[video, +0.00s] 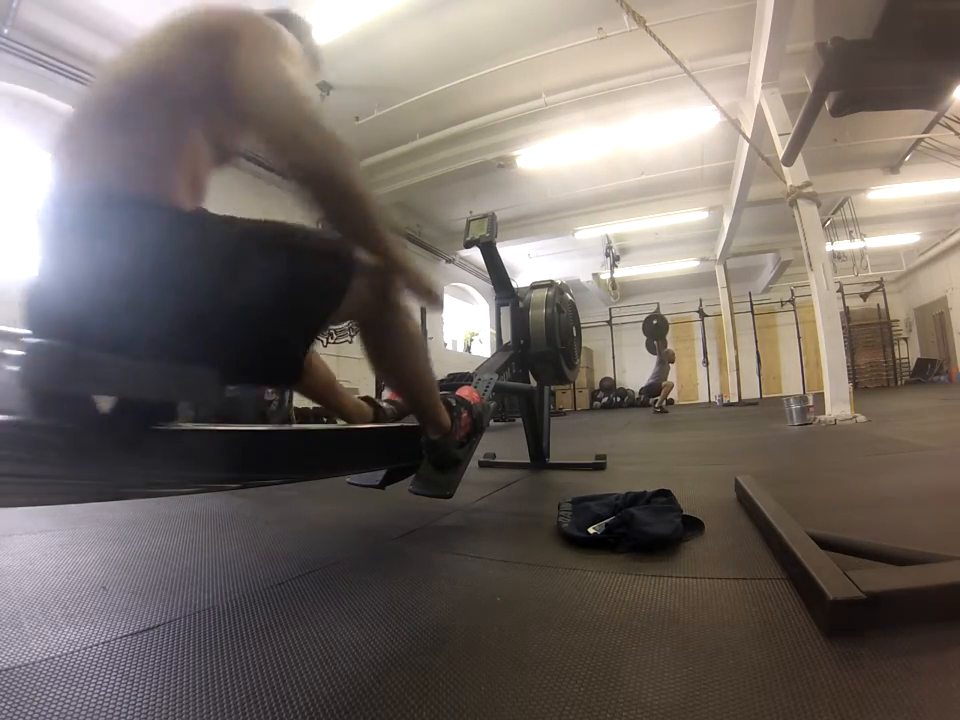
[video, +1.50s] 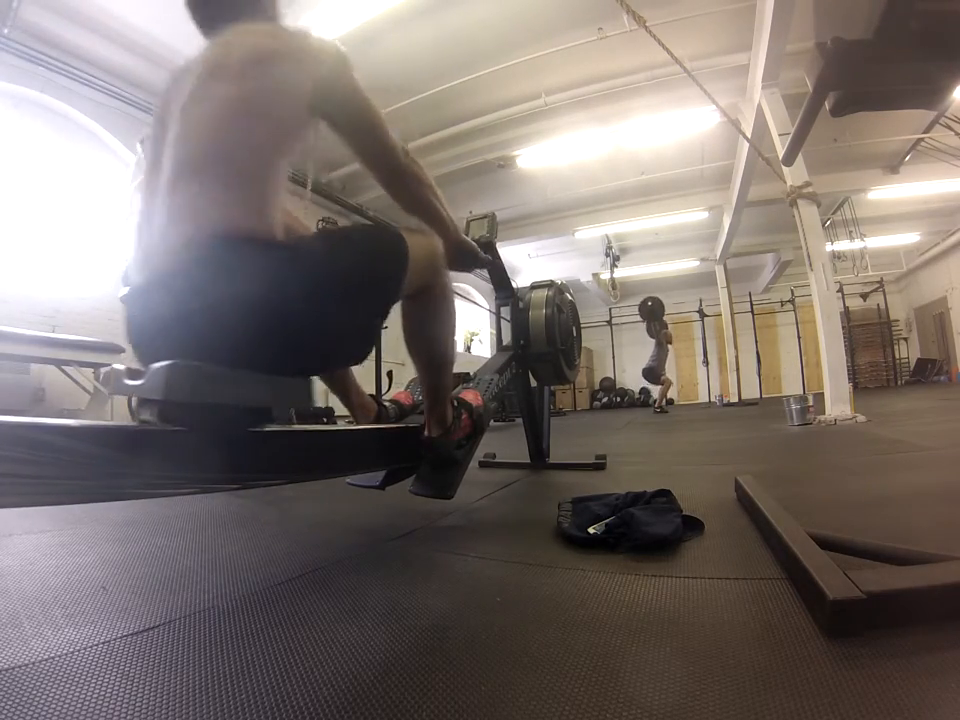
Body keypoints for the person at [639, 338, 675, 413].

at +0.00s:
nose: (674, 357)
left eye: (674, 355)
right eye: (673, 355)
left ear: (667, 356)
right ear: (667, 355)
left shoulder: (667, 366)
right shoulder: (662, 361)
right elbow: (659, 347)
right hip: (648, 388)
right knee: (669, 384)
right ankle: (658, 406)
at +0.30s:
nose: (673, 358)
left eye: (673, 356)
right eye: (671, 356)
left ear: (667, 357)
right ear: (666, 357)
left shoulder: (666, 367)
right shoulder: (660, 363)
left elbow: (663, 382)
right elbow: (658, 350)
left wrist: (665, 400)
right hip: (647, 388)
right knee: (667, 383)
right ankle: (658, 406)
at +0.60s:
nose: (673, 359)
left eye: (673, 356)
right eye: (672, 356)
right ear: (666, 357)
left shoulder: (666, 368)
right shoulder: (661, 363)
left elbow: (663, 382)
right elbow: (658, 352)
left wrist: (665, 400)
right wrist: (655, 340)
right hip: (647, 389)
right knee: (668, 384)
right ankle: (658, 406)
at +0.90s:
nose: (674, 358)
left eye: (674, 356)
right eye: (673, 356)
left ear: (668, 357)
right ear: (668, 357)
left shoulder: (667, 366)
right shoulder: (662, 363)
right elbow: (659, 349)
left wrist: (665, 400)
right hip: (648, 389)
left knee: (669, 384)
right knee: (668, 384)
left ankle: (658, 403)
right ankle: (658, 406)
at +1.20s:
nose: (675, 350)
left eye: (675, 348)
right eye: (673, 348)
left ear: (669, 349)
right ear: (668, 349)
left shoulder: (667, 358)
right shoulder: (663, 354)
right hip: (650, 380)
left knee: (669, 383)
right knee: (669, 383)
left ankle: (658, 404)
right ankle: (658, 406)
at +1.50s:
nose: (671, 337)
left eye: (671, 335)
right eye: (669, 335)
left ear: (667, 336)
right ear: (665, 336)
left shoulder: (665, 347)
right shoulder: (661, 344)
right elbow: (659, 334)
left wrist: (663, 373)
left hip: (655, 371)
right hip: (649, 371)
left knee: (668, 382)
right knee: (667, 382)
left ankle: (659, 404)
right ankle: (658, 406)